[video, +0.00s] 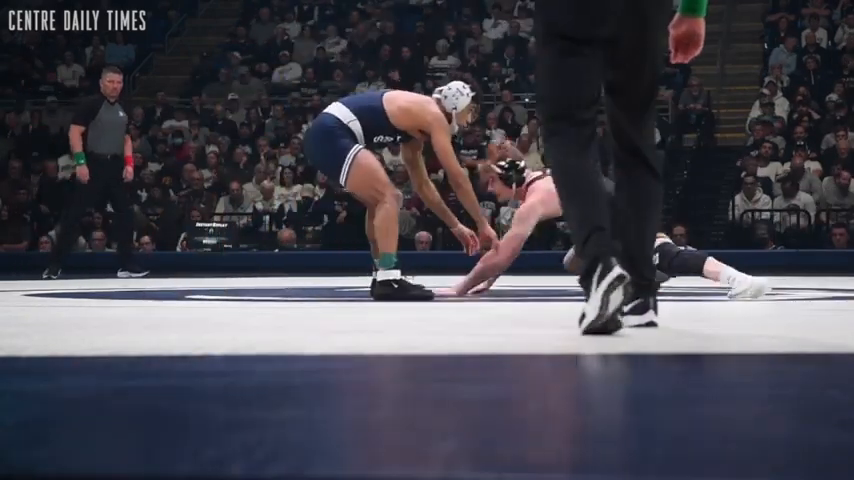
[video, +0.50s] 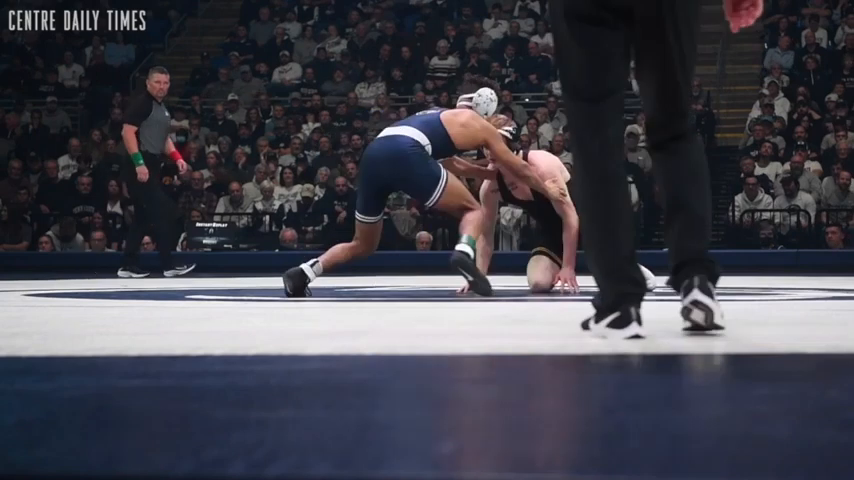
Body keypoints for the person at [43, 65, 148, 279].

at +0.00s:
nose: (115, 86)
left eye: (118, 82)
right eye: (111, 82)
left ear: (122, 85)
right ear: (101, 83)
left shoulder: (122, 109)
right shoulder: (91, 104)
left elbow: (126, 138)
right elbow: (75, 132)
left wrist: (129, 163)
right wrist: (80, 162)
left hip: (115, 167)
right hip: (93, 166)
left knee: (125, 213)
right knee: (74, 214)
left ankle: (126, 264)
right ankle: (55, 264)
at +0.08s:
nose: (124, 86)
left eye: (128, 83)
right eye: (120, 82)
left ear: (132, 86)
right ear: (111, 84)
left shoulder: (130, 109)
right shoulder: (102, 103)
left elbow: (134, 137)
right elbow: (87, 132)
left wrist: (138, 163)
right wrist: (95, 162)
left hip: (125, 166)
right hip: (105, 164)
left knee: (132, 214)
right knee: (89, 214)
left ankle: (127, 263)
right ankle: (59, 261)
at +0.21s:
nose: (137, 86)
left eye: (140, 83)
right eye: (132, 82)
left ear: (144, 86)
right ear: (123, 83)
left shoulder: (140, 109)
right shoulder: (114, 103)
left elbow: (143, 138)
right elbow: (103, 133)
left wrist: (151, 162)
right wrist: (116, 161)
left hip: (134, 164)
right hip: (113, 163)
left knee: (135, 213)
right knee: (108, 211)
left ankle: (129, 264)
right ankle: (78, 253)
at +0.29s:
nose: (143, 85)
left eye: (147, 82)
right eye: (139, 81)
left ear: (150, 84)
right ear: (129, 83)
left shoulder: (145, 107)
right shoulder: (122, 101)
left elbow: (149, 137)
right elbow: (112, 132)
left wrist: (161, 162)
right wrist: (127, 161)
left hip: (139, 162)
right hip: (122, 161)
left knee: (138, 212)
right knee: (129, 209)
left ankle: (129, 263)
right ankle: (100, 254)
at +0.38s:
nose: (151, 86)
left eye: (154, 82)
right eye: (146, 81)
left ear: (157, 85)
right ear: (137, 82)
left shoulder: (152, 107)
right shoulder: (130, 101)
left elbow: (155, 137)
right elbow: (118, 131)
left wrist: (169, 160)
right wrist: (133, 160)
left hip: (143, 161)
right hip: (128, 160)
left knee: (140, 210)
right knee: (138, 209)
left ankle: (129, 260)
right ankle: (126, 260)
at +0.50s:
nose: (162, 87)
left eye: (166, 83)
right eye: (158, 82)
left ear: (168, 86)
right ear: (148, 83)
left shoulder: (161, 107)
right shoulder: (141, 101)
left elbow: (163, 138)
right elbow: (128, 131)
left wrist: (178, 159)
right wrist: (139, 162)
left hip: (153, 163)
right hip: (140, 163)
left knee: (142, 214)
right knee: (163, 209)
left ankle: (129, 264)